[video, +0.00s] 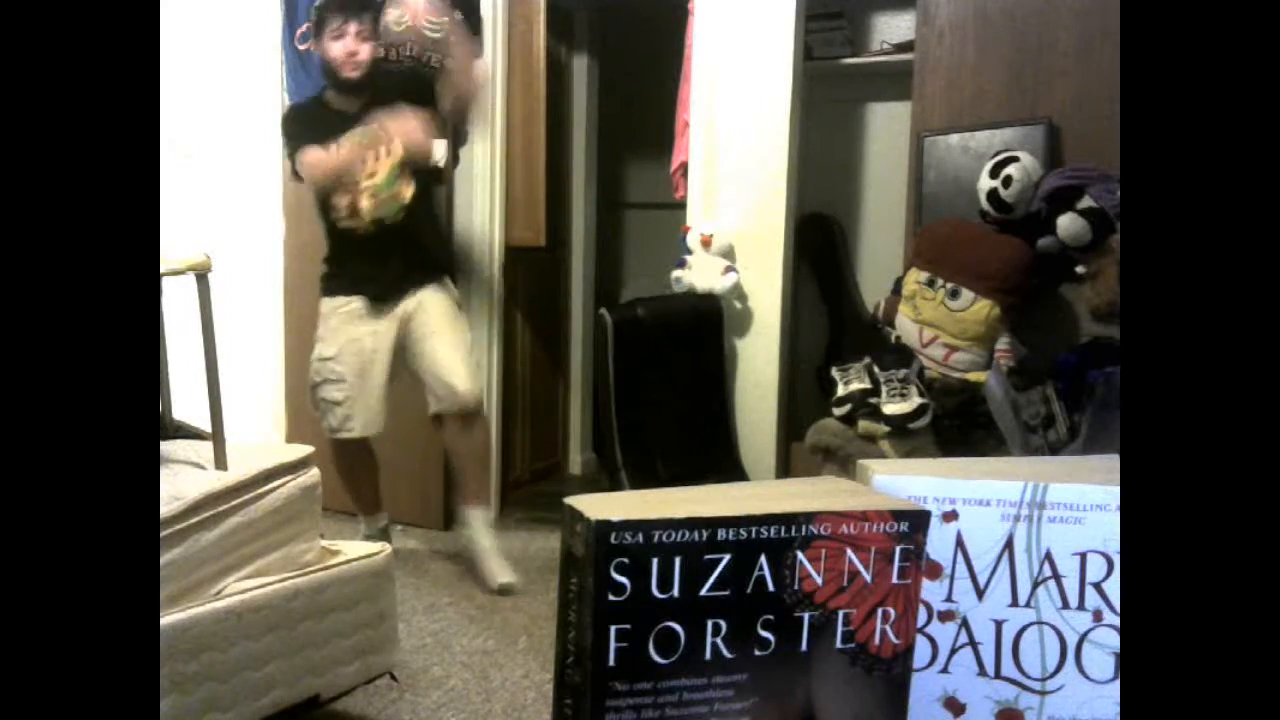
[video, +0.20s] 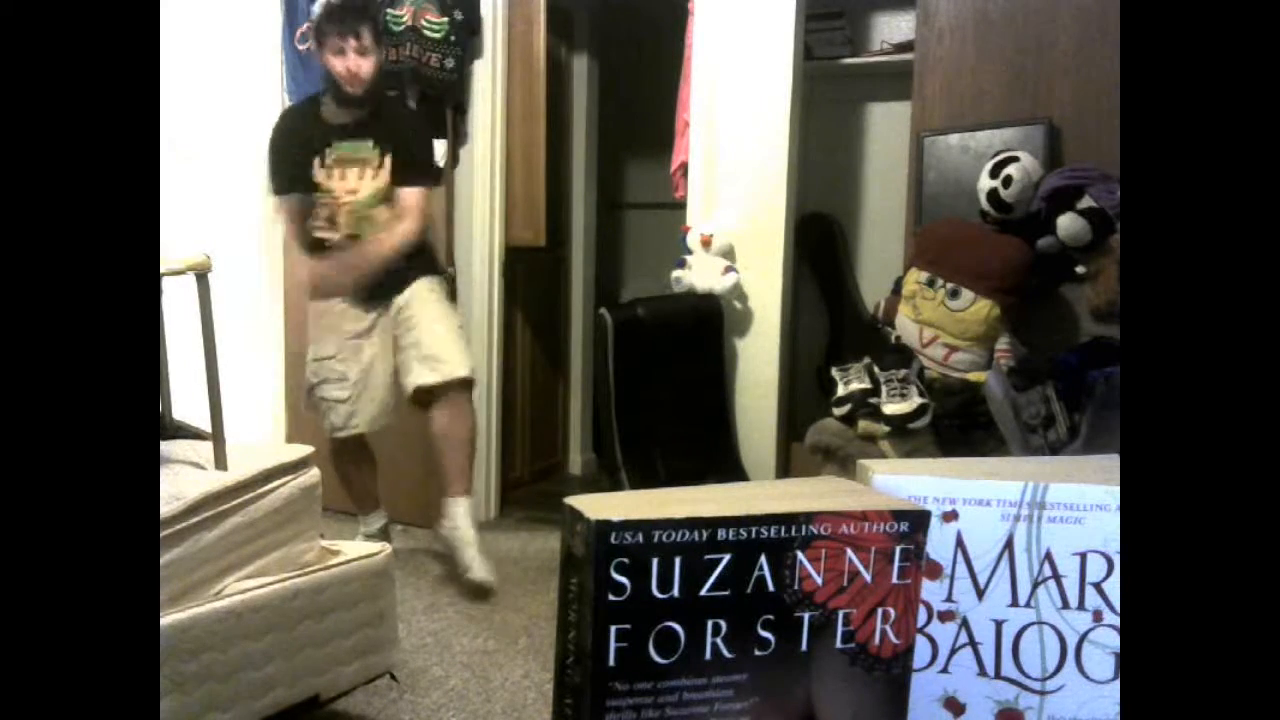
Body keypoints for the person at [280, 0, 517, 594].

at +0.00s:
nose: (352, 48)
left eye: (363, 36)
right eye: (339, 37)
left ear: (379, 42)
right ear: (318, 46)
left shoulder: (407, 88)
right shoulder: (304, 116)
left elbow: (465, 88)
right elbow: (315, 171)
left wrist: (448, 28)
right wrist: (385, 130)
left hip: (424, 278)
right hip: (351, 287)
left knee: (462, 399)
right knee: (346, 420)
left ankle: (476, 527)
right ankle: (375, 531)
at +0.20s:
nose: (355, 66)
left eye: (365, 52)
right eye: (342, 53)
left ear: (381, 53)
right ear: (319, 53)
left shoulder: (403, 120)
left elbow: (412, 222)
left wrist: (350, 267)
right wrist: (320, 259)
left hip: (407, 274)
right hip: (336, 285)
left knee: (447, 376)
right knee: (343, 419)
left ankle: (459, 518)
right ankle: (374, 528)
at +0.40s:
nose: (337, 71)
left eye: (348, 58)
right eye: (325, 59)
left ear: (365, 59)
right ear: (307, 59)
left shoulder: (389, 125)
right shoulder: (292, 116)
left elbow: (359, 216)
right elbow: (229, 146)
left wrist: (277, 232)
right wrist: (196, 142)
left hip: (393, 281)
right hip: (324, 291)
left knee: (411, 392)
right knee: (327, 419)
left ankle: (448, 504)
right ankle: (368, 526)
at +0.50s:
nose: (323, 65)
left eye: (333, 52)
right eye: (311, 53)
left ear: (350, 53)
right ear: (293, 56)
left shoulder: (377, 110)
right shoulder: (281, 111)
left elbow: (353, 193)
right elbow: (201, 115)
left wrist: (276, 214)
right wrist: (214, 78)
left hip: (392, 265)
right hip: (325, 284)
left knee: (399, 346)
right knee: (325, 410)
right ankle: (370, 513)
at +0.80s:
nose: (309, 59)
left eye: (318, 47)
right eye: (296, 49)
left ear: (336, 48)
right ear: (280, 55)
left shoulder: (362, 94)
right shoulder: (272, 110)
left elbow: (392, 130)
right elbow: (202, 126)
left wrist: (299, 154)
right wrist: (254, 117)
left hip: (382, 255)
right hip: (320, 287)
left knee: (418, 268)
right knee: (325, 417)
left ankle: (388, 385)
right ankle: (370, 521)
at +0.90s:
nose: (306, 62)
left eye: (314, 49)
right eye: (294, 52)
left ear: (331, 48)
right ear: (275, 56)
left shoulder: (365, 96)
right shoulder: (263, 123)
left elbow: (413, 124)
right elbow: (235, 164)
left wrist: (347, 150)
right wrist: (311, 159)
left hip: (378, 253)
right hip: (317, 287)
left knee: (407, 248)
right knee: (327, 420)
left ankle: (390, 366)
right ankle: (368, 518)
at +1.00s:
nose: (282, 74)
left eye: (290, 61)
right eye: (269, 64)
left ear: (305, 64)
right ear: (252, 73)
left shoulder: (353, 108)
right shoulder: (259, 142)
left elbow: (425, 119)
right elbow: (322, 169)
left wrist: (446, 120)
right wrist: (408, 143)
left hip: (391, 256)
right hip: (328, 285)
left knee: (357, 203)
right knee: (329, 418)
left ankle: (382, 329)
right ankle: (374, 525)